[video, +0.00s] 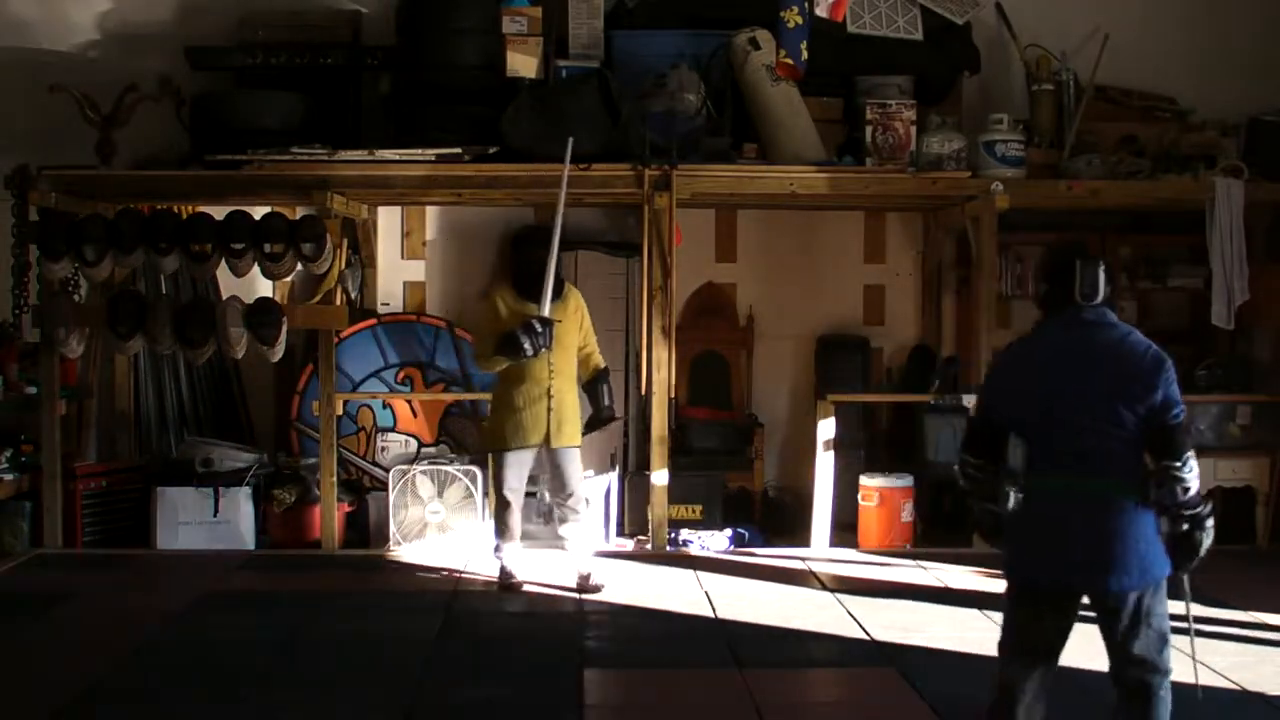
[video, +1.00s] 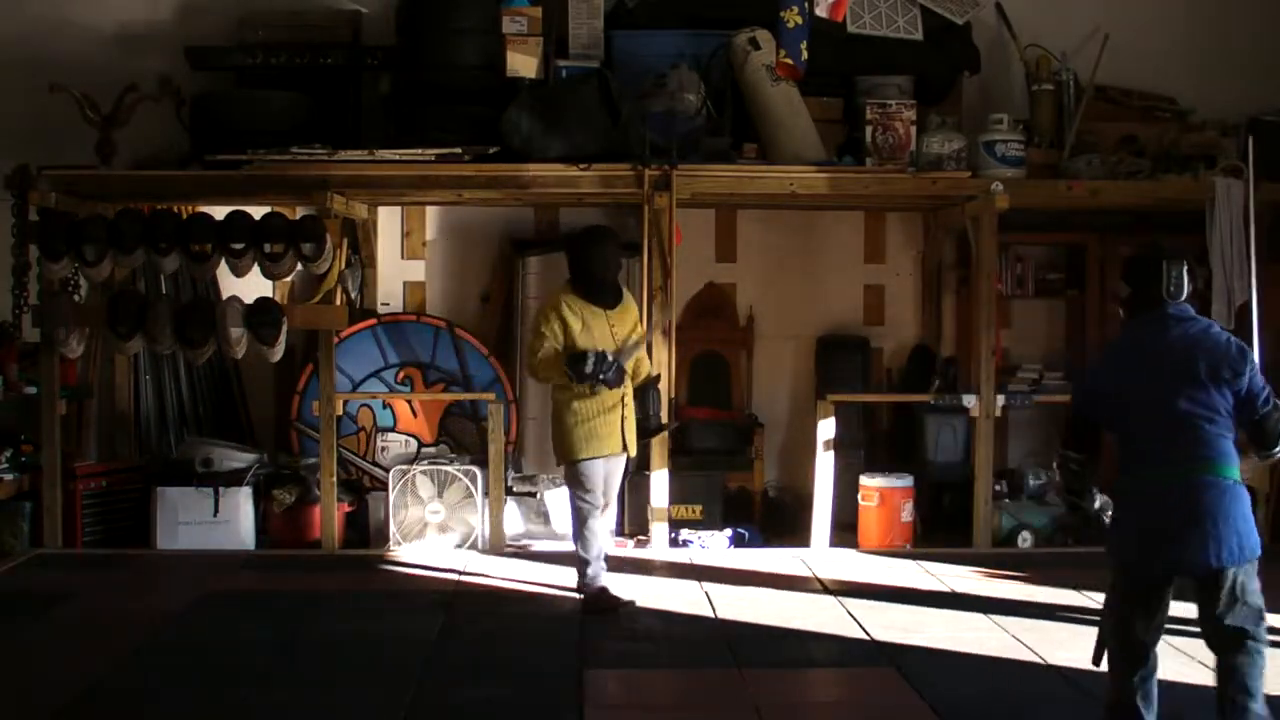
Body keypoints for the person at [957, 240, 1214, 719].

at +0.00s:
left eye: (1044, 288)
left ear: (1044, 292)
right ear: (1104, 291)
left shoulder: (1018, 358)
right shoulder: (1145, 359)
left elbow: (980, 453)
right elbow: (1175, 464)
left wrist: (989, 516)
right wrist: (1190, 523)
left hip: (1041, 530)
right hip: (1124, 535)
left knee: (1022, 670)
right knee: (1145, 678)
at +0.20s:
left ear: (1089, 291)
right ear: (1148, 289)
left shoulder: (1063, 355)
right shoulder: (1187, 358)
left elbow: (1024, 445)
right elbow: (1225, 453)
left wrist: (1025, 510)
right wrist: (1241, 517)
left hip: (1084, 527)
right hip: (1163, 530)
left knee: (1060, 656)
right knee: (1165, 668)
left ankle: (1040, 716)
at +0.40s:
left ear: (1117, 289)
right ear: (1172, 288)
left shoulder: (1088, 352)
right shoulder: (1207, 355)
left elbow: (1044, 439)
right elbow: (1242, 444)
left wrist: (1052, 494)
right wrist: (1250, 494)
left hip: (1101, 519)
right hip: (1179, 521)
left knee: (1101, 658)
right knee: (1172, 659)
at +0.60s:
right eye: (1176, 285)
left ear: (1124, 289)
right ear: (1179, 290)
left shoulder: (1094, 353)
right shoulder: (1210, 357)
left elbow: (1054, 440)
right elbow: (1246, 455)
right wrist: (1263, 455)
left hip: (1112, 518)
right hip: (1187, 521)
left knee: (1118, 647)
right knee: (1178, 652)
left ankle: (1123, 715)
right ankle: (1167, 719)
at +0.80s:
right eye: (1171, 283)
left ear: (1119, 290)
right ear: (1175, 288)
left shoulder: (1094, 353)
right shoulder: (1212, 349)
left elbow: (1058, 444)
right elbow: (1257, 440)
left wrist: (1064, 502)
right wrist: (1264, 434)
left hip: (1123, 512)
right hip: (1197, 514)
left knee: (1124, 646)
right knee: (1195, 644)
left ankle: (1129, 714)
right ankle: (1180, 715)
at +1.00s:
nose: (1125, 299)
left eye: (1128, 291)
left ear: (1132, 293)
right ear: (1186, 290)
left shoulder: (1115, 353)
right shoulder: (1224, 347)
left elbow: (1081, 440)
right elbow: (1267, 434)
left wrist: (1080, 500)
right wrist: (1251, 447)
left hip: (1142, 515)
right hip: (1218, 514)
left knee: (1132, 648)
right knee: (1240, 640)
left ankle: (1130, 718)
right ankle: (1247, 715)